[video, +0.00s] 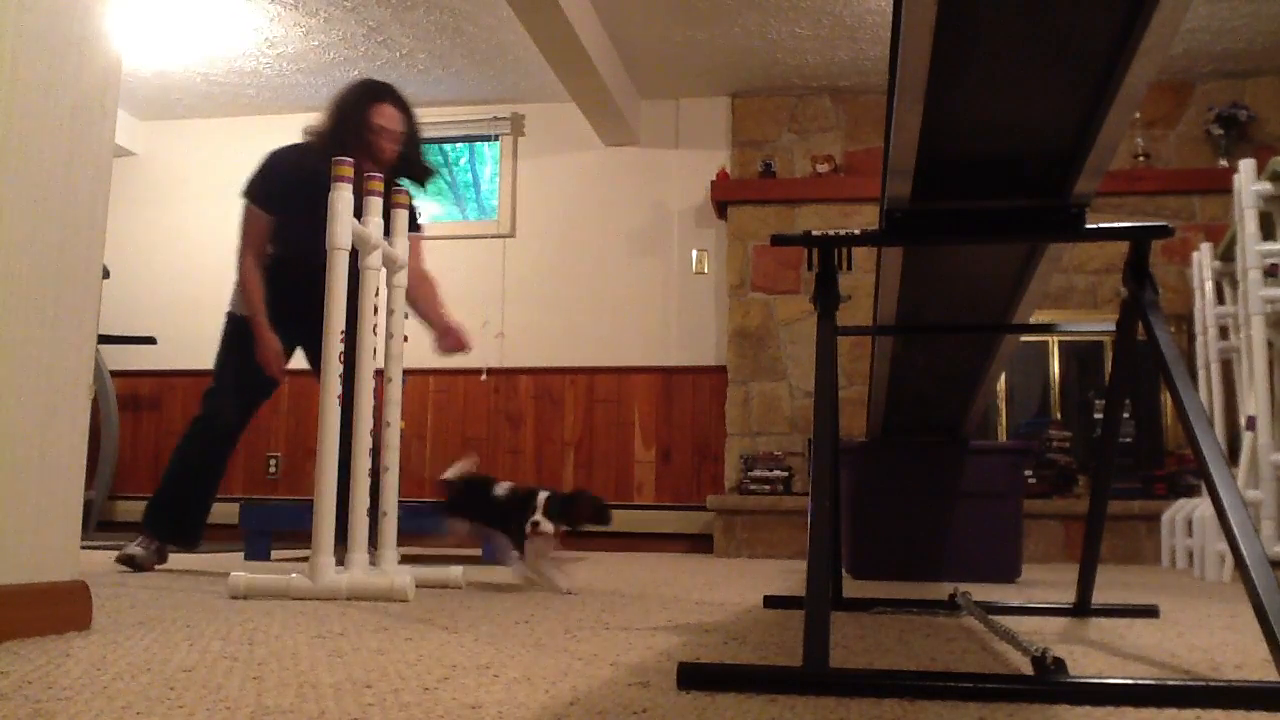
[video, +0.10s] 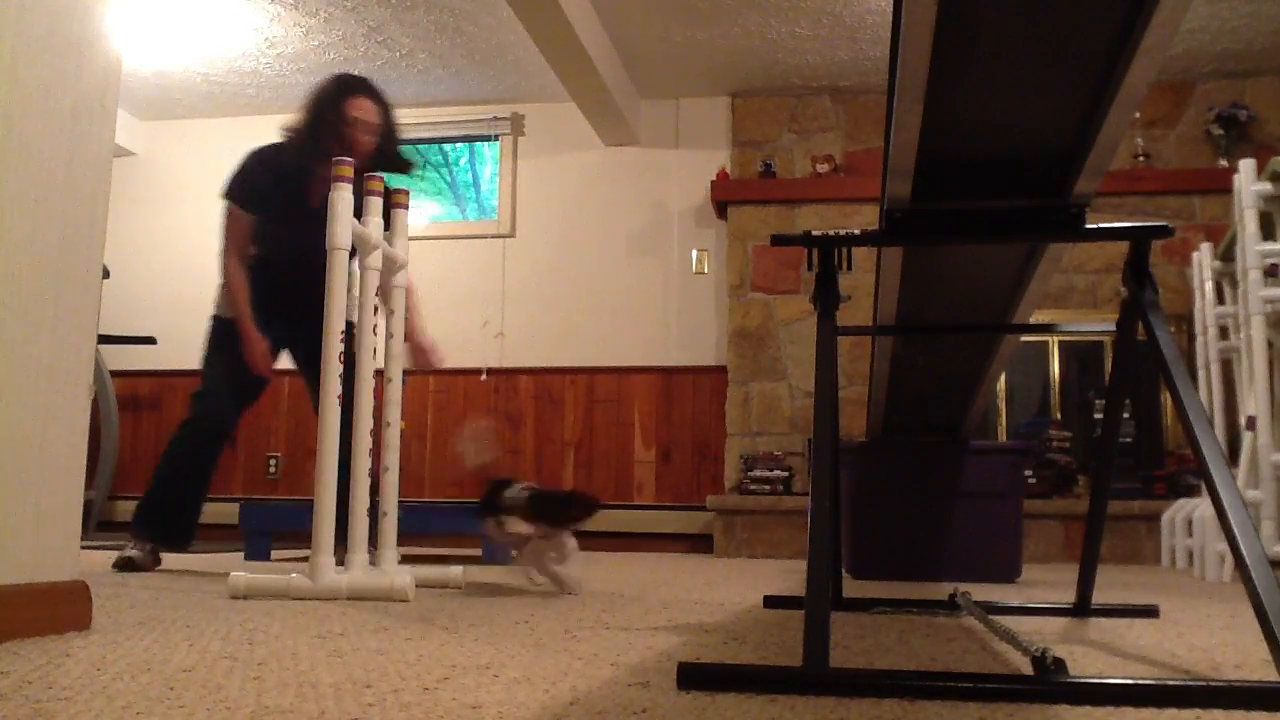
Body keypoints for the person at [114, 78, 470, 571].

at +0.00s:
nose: (388, 145)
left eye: (397, 136)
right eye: (379, 132)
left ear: (405, 139)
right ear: (351, 127)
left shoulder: (392, 191)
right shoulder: (291, 166)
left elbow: (413, 271)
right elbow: (251, 254)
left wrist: (440, 321)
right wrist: (261, 332)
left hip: (342, 311)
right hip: (274, 303)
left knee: (362, 422)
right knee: (222, 417)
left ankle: (358, 544)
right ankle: (157, 534)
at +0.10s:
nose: (366, 139)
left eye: (374, 130)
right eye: (355, 125)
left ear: (382, 134)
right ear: (329, 123)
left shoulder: (369, 185)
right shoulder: (270, 167)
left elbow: (393, 264)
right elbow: (234, 255)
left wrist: (415, 334)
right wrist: (248, 333)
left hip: (325, 310)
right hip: (259, 305)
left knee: (353, 423)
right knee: (213, 414)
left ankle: (354, 547)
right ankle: (149, 537)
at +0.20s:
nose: (330, 130)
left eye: (339, 122)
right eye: (320, 118)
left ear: (347, 130)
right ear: (294, 117)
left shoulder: (339, 185)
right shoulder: (236, 167)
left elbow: (351, 269)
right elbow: (204, 254)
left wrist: (353, 342)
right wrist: (220, 331)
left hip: (293, 310)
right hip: (228, 304)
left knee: (325, 422)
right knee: (185, 417)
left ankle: (338, 545)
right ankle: (142, 541)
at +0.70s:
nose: (370, 165)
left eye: (380, 156)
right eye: (360, 150)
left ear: (386, 159)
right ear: (329, 143)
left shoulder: (355, 206)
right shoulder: (271, 176)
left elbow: (364, 285)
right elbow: (210, 248)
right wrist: (191, 324)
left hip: (293, 323)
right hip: (230, 318)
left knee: (331, 422)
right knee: (181, 422)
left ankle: (344, 541)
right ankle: (139, 541)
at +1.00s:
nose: (433, 189)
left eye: (443, 180)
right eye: (425, 175)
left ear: (451, 180)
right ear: (395, 165)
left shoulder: (428, 232)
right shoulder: (324, 187)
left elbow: (453, 315)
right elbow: (270, 265)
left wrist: (489, 380)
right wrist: (265, 344)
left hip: (348, 319)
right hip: (285, 304)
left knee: (371, 425)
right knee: (232, 410)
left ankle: (349, 539)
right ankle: (161, 531)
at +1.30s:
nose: (435, 181)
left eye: (445, 172)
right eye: (427, 167)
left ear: (453, 172)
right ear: (399, 153)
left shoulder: (432, 216)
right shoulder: (333, 179)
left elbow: (450, 296)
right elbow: (281, 253)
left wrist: (476, 345)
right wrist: (269, 331)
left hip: (368, 317)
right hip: (306, 300)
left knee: (369, 428)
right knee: (246, 411)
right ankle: (179, 530)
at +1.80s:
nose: (345, 122)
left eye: (354, 114)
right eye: (336, 109)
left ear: (362, 122)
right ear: (309, 109)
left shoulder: (342, 182)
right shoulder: (246, 160)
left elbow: (352, 269)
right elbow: (204, 243)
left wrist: (353, 335)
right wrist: (203, 321)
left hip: (286, 313)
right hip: (223, 308)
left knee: (334, 427)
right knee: (196, 429)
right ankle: (123, 534)